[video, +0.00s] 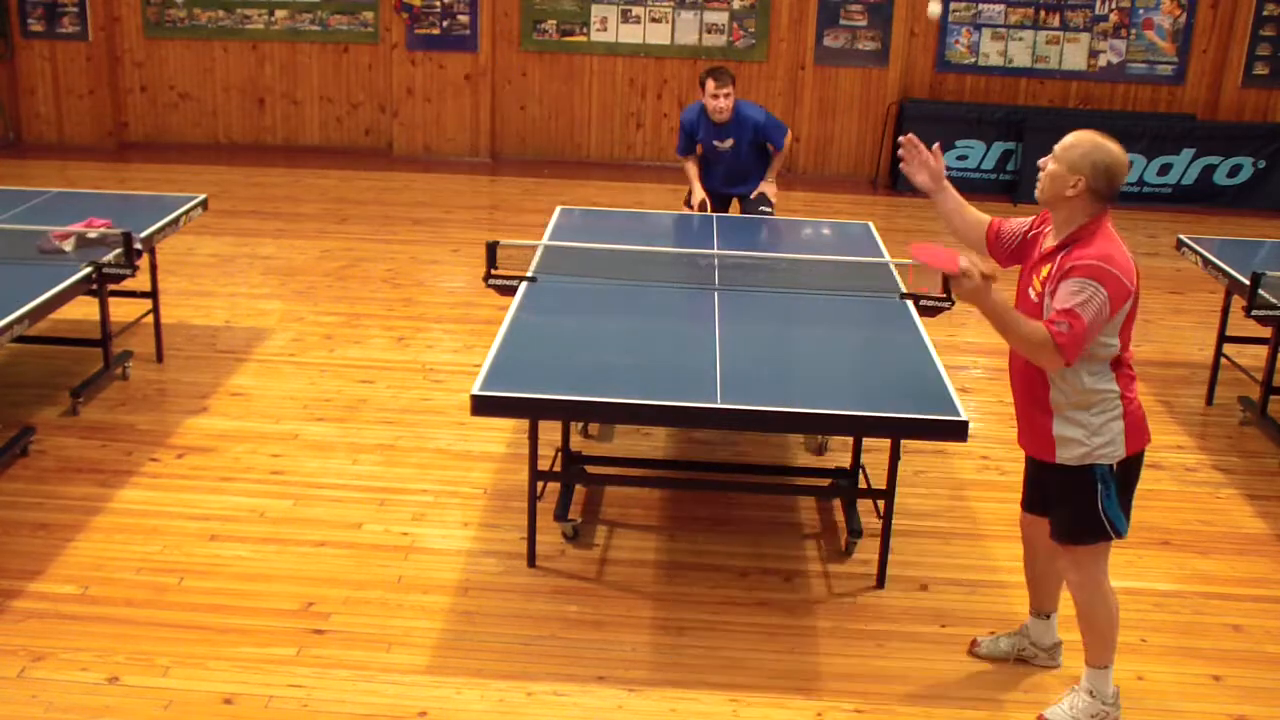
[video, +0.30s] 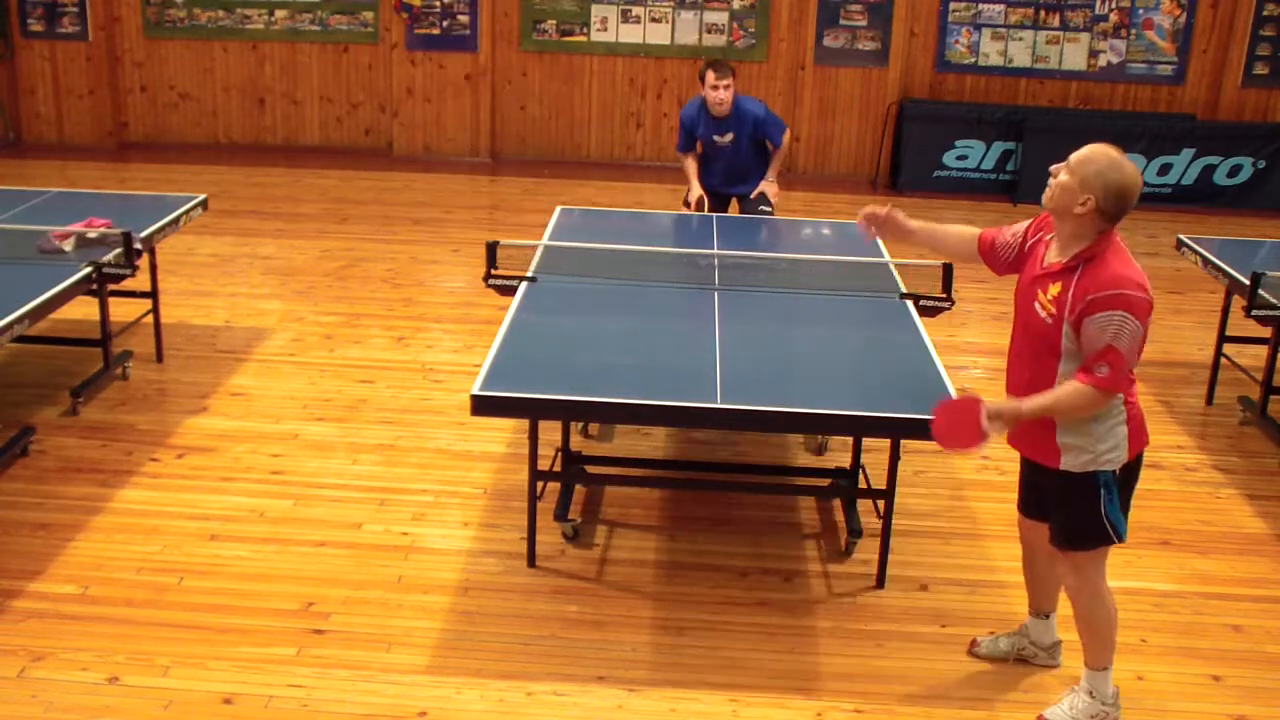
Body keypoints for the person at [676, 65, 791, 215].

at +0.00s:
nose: (722, 104)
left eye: (727, 96)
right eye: (715, 97)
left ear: (734, 95)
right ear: (703, 97)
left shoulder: (754, 117)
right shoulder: (691, 119)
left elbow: (784, 137)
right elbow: (688, 155)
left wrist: (770, 179)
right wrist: (696, 188)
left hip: (752, 182)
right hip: (714, 182)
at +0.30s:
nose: (721, 95)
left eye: (727, 88)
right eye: (714, 88)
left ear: (734, 88)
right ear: (703, 90)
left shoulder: (754, 112)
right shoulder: (691, 115)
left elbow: (783, 135)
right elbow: (688, 153)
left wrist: (770, 178)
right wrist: (694, 186)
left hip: (751, 181)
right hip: (713, 181)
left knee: (762, 230)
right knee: (700, 230)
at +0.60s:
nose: (705, 71)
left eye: (711, 64)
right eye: (698, 64)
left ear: (718, 66)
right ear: (687, 68)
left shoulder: (739, 97)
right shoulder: (675, 102)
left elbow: (759, 132)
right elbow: (669, 139)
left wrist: (750, 168)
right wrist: (671, 173)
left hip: (731, 179)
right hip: (692, 178)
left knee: (739, 238)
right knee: (676, 233)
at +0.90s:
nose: (690, 55)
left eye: (695, 49)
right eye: (683, 49)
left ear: (703, 51)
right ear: (673, 52)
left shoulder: (722, 85)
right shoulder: (657, 86)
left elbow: (737, 122)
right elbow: (644, 123)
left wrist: (723, 155)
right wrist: (643, 154)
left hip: (704, 174)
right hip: (663, 171)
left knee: (715, 231)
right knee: (641, 222)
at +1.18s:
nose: (643, 70)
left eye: (649, 63)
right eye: (638, 65)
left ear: (663, 63)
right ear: (632, 67)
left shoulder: (688, 91)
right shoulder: (630, 99)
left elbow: (727, 114)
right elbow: (603, 131)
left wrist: (728, 140)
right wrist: (560, 133)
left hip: (688, 182)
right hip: (647, 178)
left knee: (701, 245)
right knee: (615, 227)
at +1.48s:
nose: (555, 113)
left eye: (560, 106)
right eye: (550, 108)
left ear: (579, 102)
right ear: (547, 110)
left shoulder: (610, 117)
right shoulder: (554, 140)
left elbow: (662, 113)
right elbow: (532, 182)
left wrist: (703, 121)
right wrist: (494, 178)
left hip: (642, 201)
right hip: (595, 204)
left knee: (657, 259)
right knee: (572, 253)